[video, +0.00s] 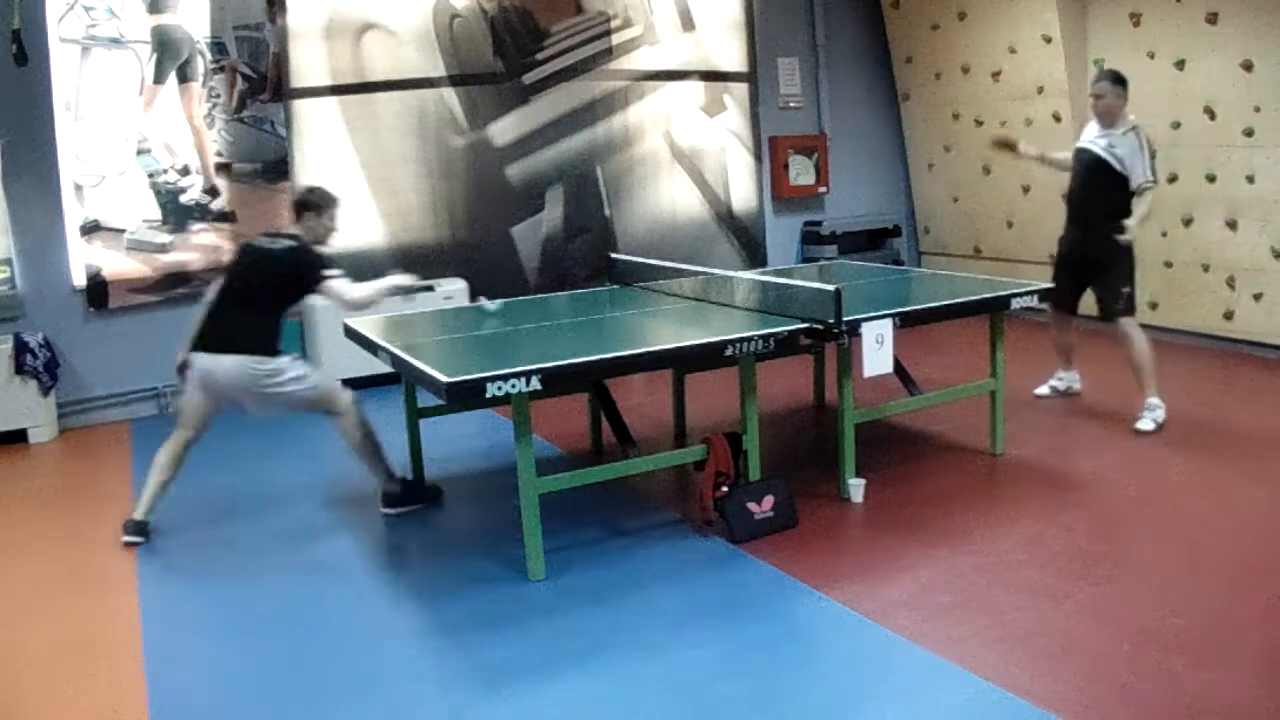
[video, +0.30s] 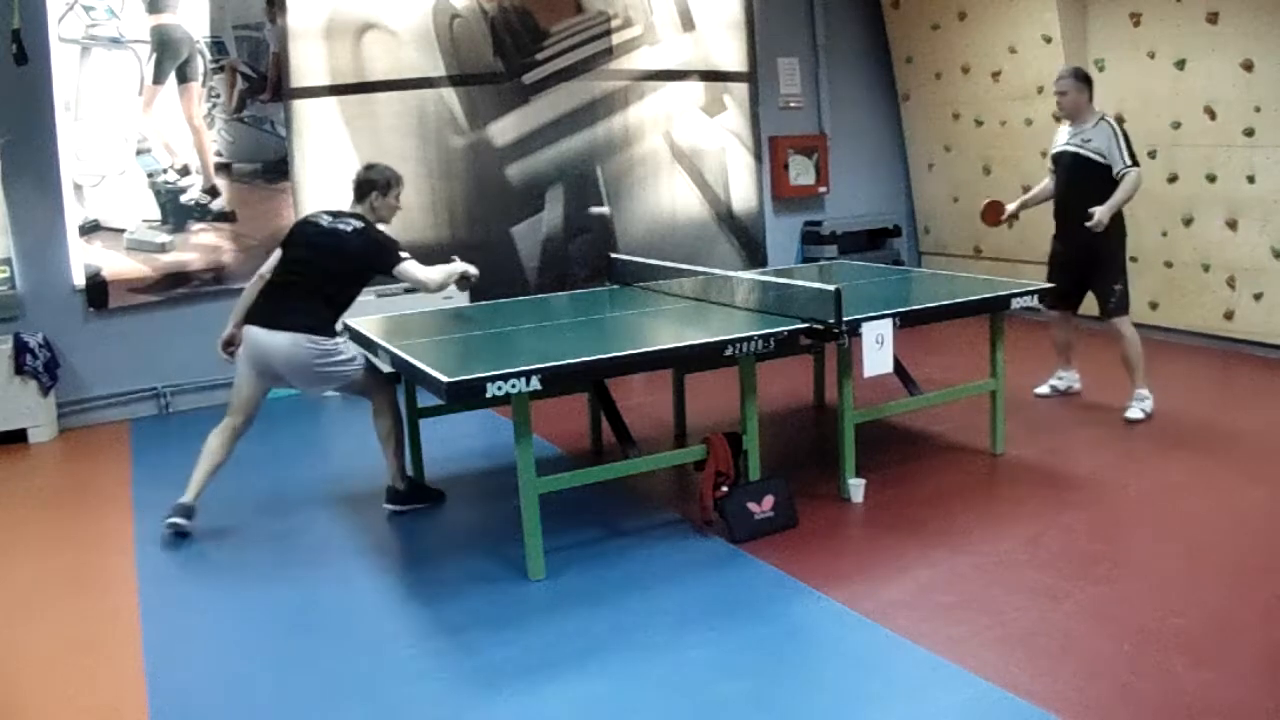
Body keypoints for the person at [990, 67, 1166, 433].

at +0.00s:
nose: (1094, 104)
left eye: (1101, 97)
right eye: (1091, 97)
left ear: (1121, 99)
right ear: (1092, 99)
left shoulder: (1134, 137)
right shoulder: (1092, 130)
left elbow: (1146, 191)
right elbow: (1075, 163)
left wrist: (1134, 224)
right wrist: (1032, 154)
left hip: (1112, 243)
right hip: (1076, 239)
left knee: (1123, 320)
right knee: (1061, 310)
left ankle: (1152, 401)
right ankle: (1067, 374)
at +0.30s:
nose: (1057, 101)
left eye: (1063, 94)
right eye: (1055, 95)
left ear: (1084, 95)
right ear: (1062, 97)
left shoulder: (1109, 130)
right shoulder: (1062, 135)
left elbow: (1132, 176)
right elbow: (1055, 181)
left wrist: (1109, 208)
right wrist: (1020, 204)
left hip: (1104, 240)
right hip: (1067, 239)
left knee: (1117, 318)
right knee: (1060, 311)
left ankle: (1141, 392)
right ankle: (1066, 374)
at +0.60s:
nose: (998, 127)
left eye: (1002, 120)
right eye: (997, 121)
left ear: (1021, 117)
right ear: (1012, 121)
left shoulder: (1048, 140)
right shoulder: (1017, 162)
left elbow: (1068, 169)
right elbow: (996, 203)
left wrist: (1029, 197)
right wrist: (946, 215)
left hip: (1079, 250)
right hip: (1045, 250)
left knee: (1100, 326)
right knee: (999, 308)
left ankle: (1139, 392)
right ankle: (968, 371)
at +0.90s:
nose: (923, 138)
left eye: (928, 131)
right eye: (922, 132)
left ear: (950, 130)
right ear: (937, 135)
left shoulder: (979, 151)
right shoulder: (939, 172)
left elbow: (1023, 169)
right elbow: (906, 201)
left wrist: (1022, 196)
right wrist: (853, 210)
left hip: (1027, 245)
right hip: (990, 251)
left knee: (1065, 315)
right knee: (946, 307)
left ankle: (1112, 387)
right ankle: (944, 380)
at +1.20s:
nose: (937, 125)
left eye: (942, 118)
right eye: (934, 120)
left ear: (964, 116)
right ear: (936, 123)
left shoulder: (992, 143)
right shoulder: (939, 160)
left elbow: (1033, 171)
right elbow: (912, 197)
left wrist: (1039, 203)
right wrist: (868, 201)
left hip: (1022, 243)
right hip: (981, 247)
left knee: (1057, 312)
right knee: (944, 306)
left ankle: (1097, 381)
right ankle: (944, 379)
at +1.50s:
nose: (984, 111)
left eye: (990, 104)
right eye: (981, 105)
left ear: (1011, 104)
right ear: (981, 109)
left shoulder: (1033, 134)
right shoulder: (988, 143)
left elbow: (1067, 172)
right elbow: (986, 189)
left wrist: (1062, 213)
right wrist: (950, 206)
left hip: (1047, 239)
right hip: (1009, 240)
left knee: (1068, 313)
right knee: (977, 304)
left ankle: (1094, 384)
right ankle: (977, 372)